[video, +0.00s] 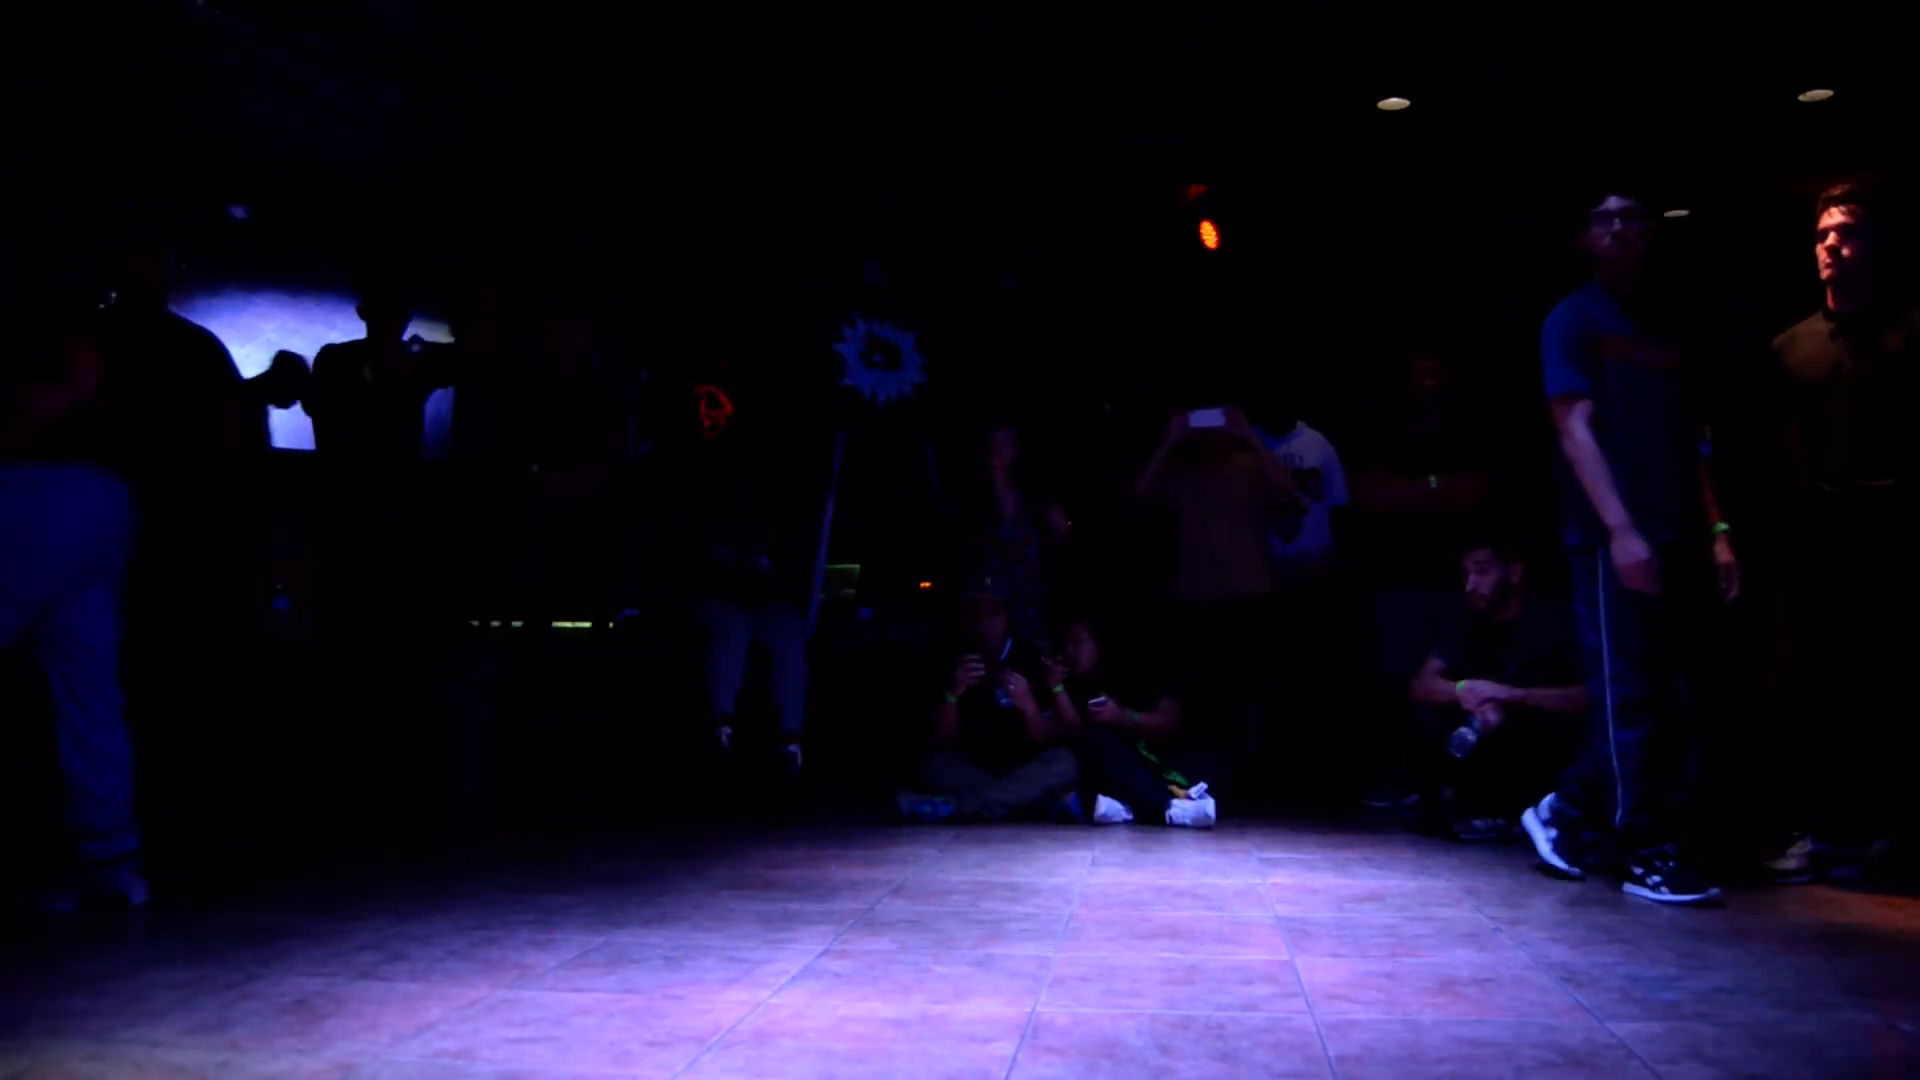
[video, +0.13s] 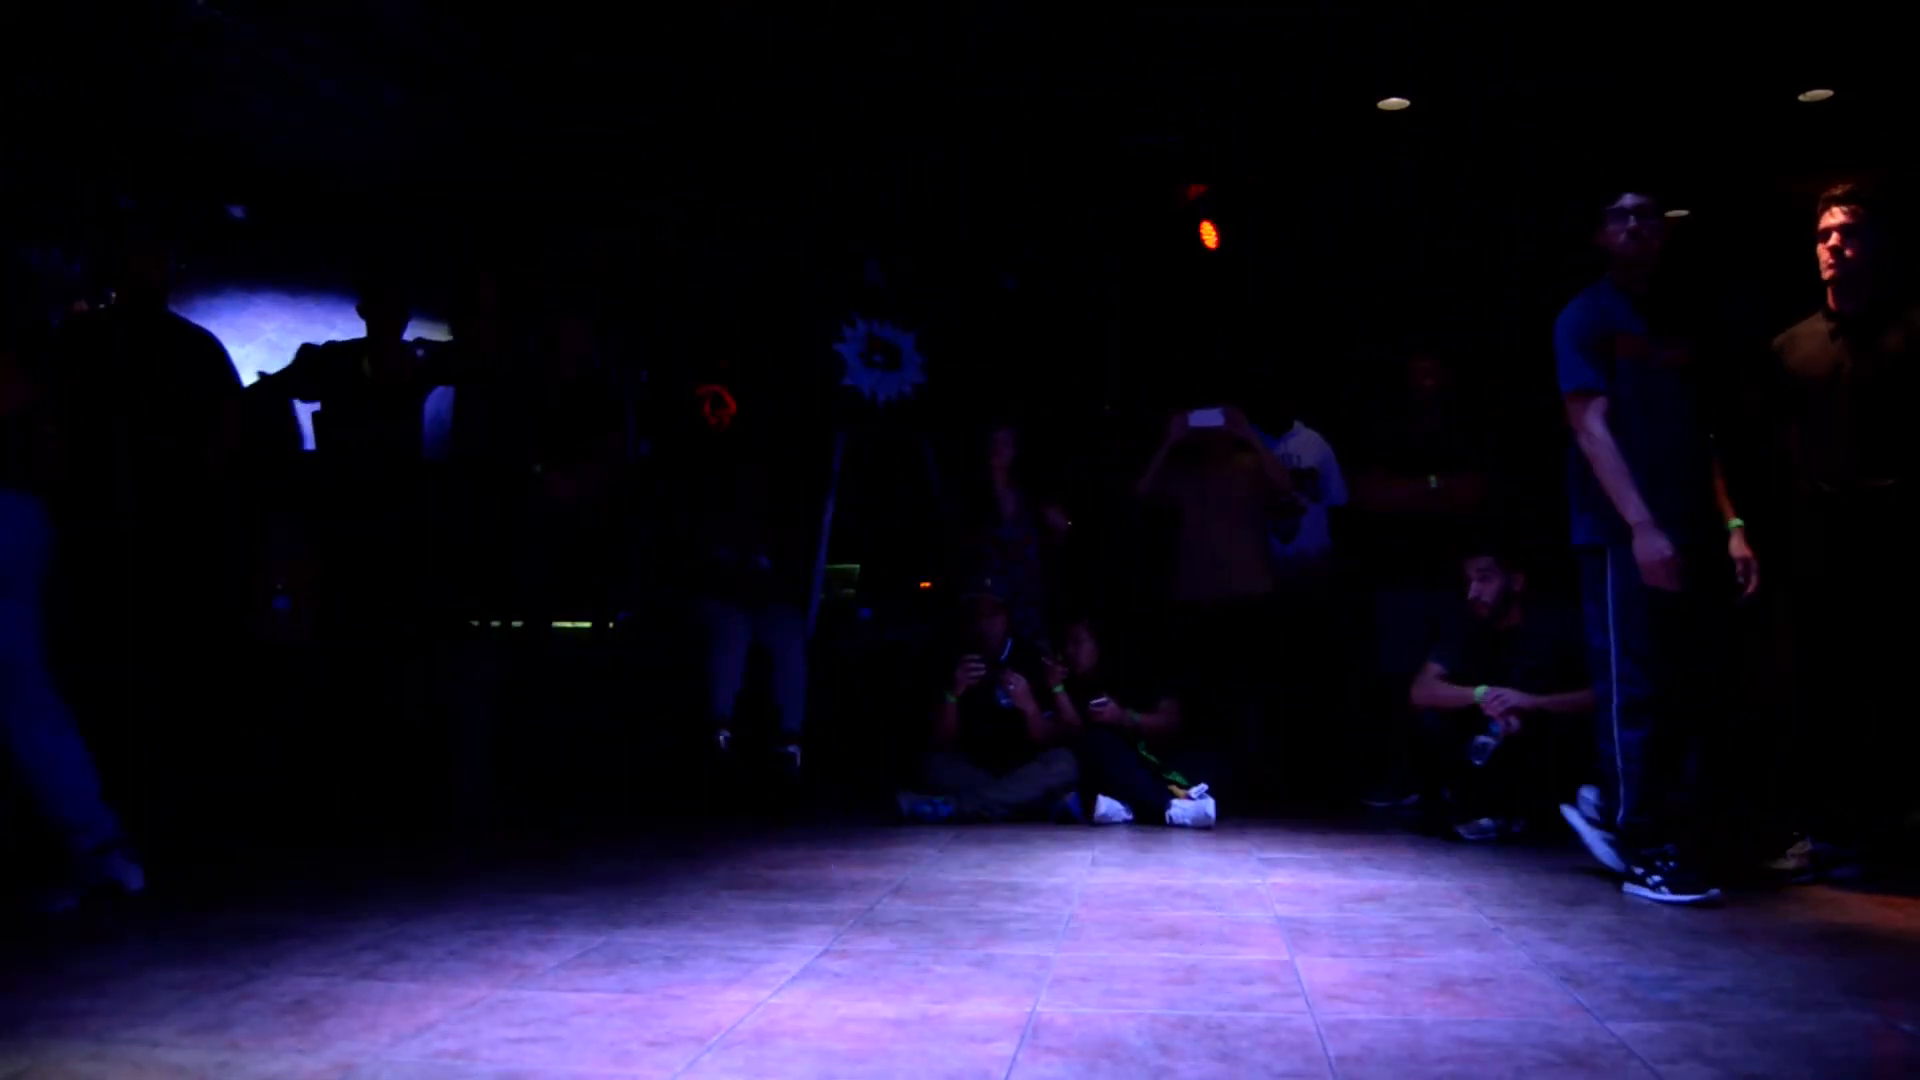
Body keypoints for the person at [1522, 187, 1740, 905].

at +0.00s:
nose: (1621, 233)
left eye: (1632, 221)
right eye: (1606, 223)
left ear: (1651, 235)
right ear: (1586, 238)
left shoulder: (1664, 318)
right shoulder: (1575, 319)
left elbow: (1689, 442)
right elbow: (1575, 431)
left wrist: (1716, 529)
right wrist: (1622, 531)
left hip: (1668, 527)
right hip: (1610, 531)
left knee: (1656, 685)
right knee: (1631, 692)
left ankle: (1568, 810)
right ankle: (1648, 855)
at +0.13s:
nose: (1640, 229)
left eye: (1651, 218)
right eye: (1625, 218)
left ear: (1667, 231)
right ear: (1602, 234)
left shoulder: (1672, 314)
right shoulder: (1589, 316)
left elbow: (1696, 437)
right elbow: (1590, 427)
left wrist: (1730, 525)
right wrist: (1643, 527)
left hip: (1678, 526)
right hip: (1620, 532)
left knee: (1682, 680)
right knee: (1635, 688)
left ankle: (1609, 802)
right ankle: (1648, 854)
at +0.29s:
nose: (1659, 228)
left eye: (1671, 217)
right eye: (1645, 217)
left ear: (1687, 230)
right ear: (1623, 231)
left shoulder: (1694, 313)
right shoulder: (1604, 314)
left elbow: (1711, 442)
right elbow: (1605, 426)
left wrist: (1745, 527)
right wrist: (1654, 529)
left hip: (1701, 528)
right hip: (1636, 533)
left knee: (1728, 684)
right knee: (1651, 691)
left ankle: (1729, 847)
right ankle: (1650, 857)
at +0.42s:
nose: (1678, 226)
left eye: (1687, 212)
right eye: (1664, 214)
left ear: (1705, 226)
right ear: (1641, 228)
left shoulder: (1714, 318)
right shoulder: (1619, 313)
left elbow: (1730, 444)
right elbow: (1612, 424)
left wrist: (1761, 534)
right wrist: (1651, 530)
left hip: (1719, 530)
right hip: (1653, 535)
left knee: (1750, 684)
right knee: (1661, 692)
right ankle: (1652, 857)